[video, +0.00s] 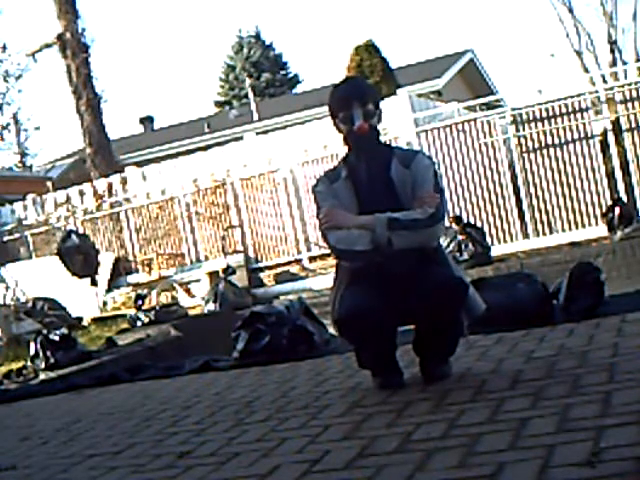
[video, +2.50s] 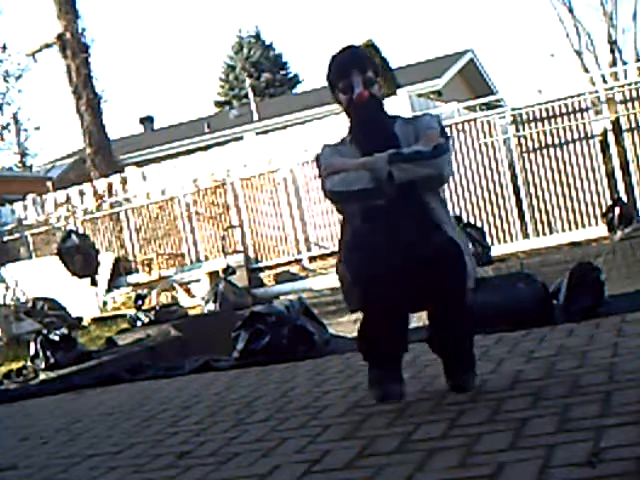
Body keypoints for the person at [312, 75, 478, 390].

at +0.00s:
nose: (360, 125)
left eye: (368, 113)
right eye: (348, 118)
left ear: (379, 114)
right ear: (336, 124)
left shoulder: (415, 163)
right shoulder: (327, 185)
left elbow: (432, 227)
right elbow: (341, 244)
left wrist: (357, 222)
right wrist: (412, 217)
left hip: (421, 267)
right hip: (364, 277)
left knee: (447, 290)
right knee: (355, 313)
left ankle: (435, 358)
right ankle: (384, 368)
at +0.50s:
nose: (353, 123)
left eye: (361, 111)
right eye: (341, 116)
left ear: (373, 112)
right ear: (329, 122)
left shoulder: (407, 159)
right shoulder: (319, 183)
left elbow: (425, 218)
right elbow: (335, 241)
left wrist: (349, 217)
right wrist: (406, 215)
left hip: (415, 262)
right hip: (359, 275)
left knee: (433, 290)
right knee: (358, 311)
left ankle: (434, 361)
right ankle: (385, 369)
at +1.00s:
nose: (344, 127)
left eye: (351, 118)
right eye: (333, 121)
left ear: (362, 121)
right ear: (320, 129)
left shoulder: (395, 167)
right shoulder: (310, 192)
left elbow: (414, 211)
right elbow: (328, 242)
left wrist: (341, 220)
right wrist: (388, 218)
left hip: (411, 263)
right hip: (363, 281)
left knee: (411, 246)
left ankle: (459, 350)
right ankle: (388, 366)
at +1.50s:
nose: (364, 110)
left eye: (370, 99)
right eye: (352, 103)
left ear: (383, 99)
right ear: (341, 110)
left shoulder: (421, 143)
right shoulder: (337, 171)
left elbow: (435, 188)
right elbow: (340, 210)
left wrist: (359, 188)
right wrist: (404, 194)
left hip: (428, 264)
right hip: (370, 275)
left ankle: (436, 360)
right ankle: (377, 368)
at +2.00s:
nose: (365, 99)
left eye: (372, 88)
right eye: (353, 91)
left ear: (384, 90)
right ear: (340, 98)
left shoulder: (413, 138)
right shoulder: (324, 158)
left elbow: (430, 181)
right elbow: (332, 208)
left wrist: (353, 182)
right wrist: (404, 188)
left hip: (430, 250)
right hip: (373, 264)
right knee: (399, 307)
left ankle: (470, 336)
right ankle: (401, 373)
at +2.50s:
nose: (361, 94)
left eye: (367, 83)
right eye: (348, 88)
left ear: (381, 83)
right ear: (337, 97)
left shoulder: (422, 126)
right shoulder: (333, 154)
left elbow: (440, 166)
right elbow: (337, 190)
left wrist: (374, 167)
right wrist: (407, 173)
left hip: (432, 242)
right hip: (375, 255)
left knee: (448, 275)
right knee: (383, 294)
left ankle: (460, 369)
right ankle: (387, 378)